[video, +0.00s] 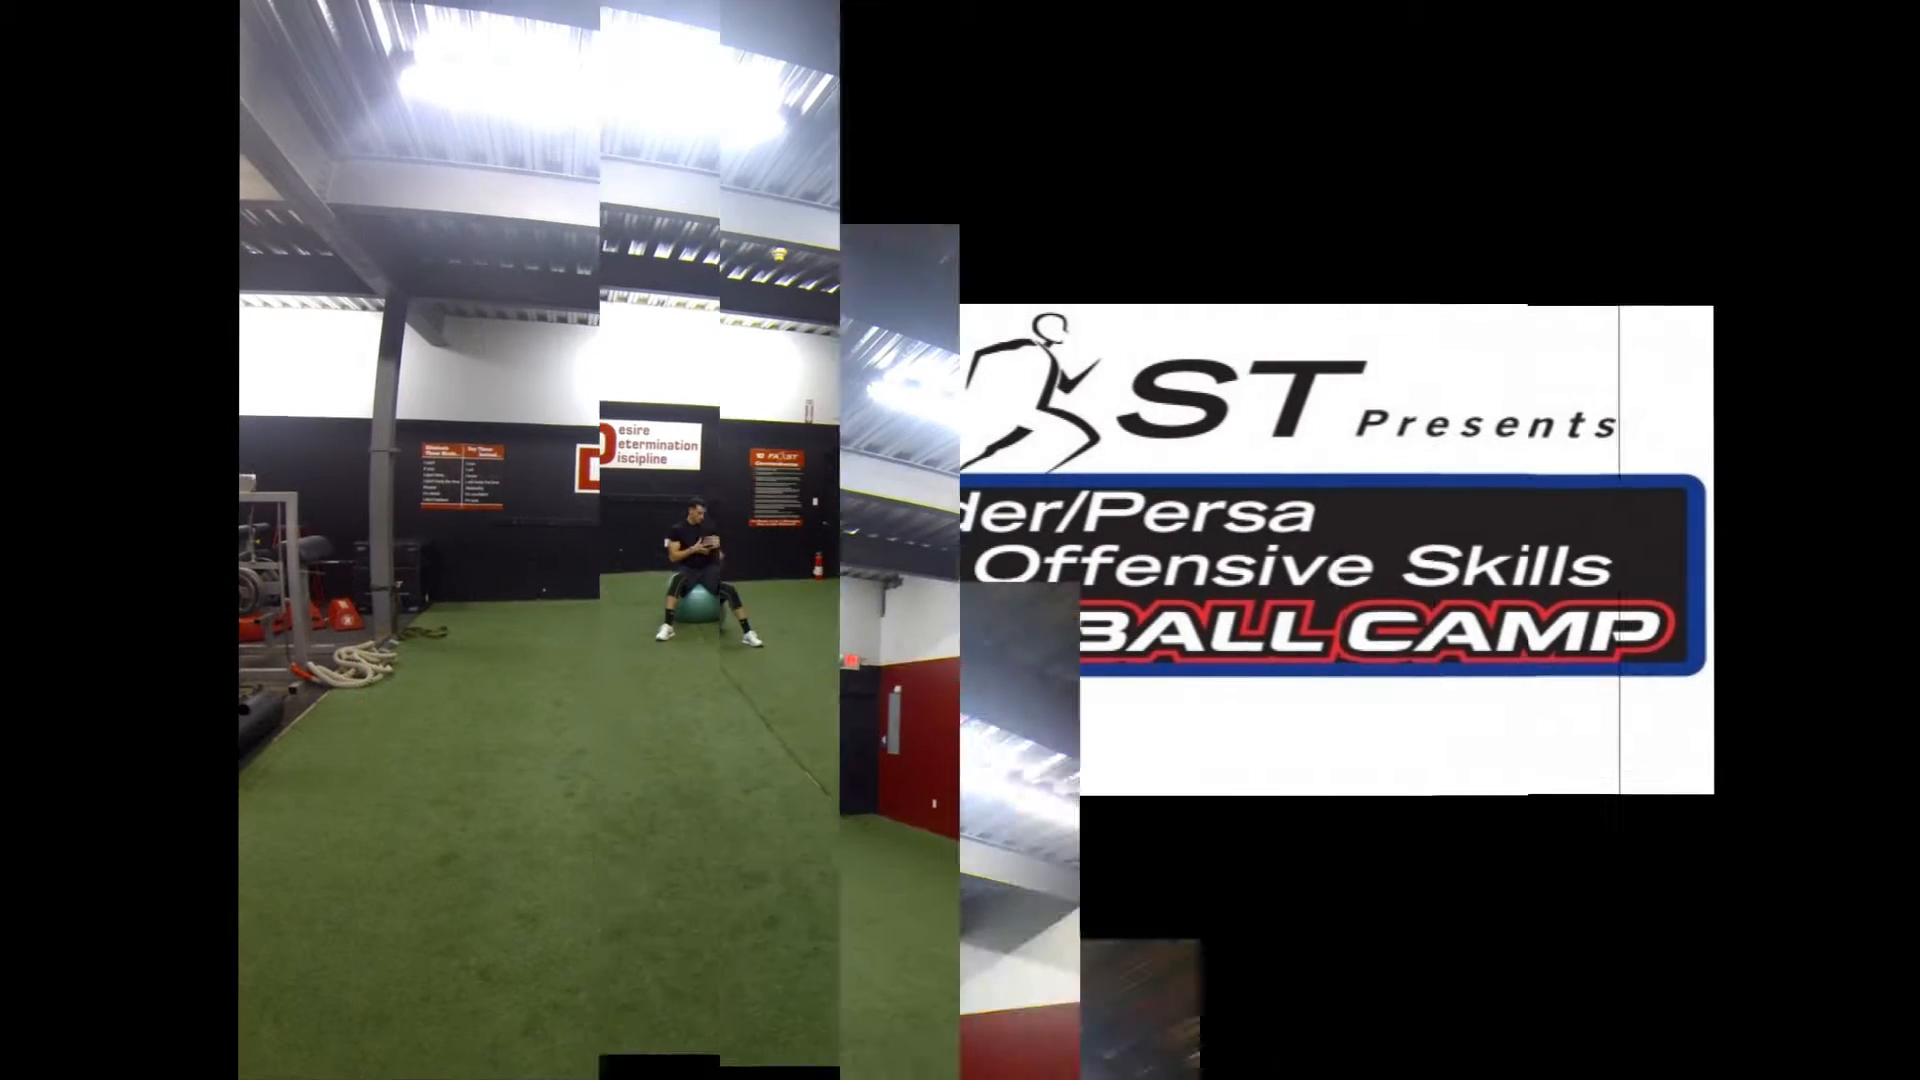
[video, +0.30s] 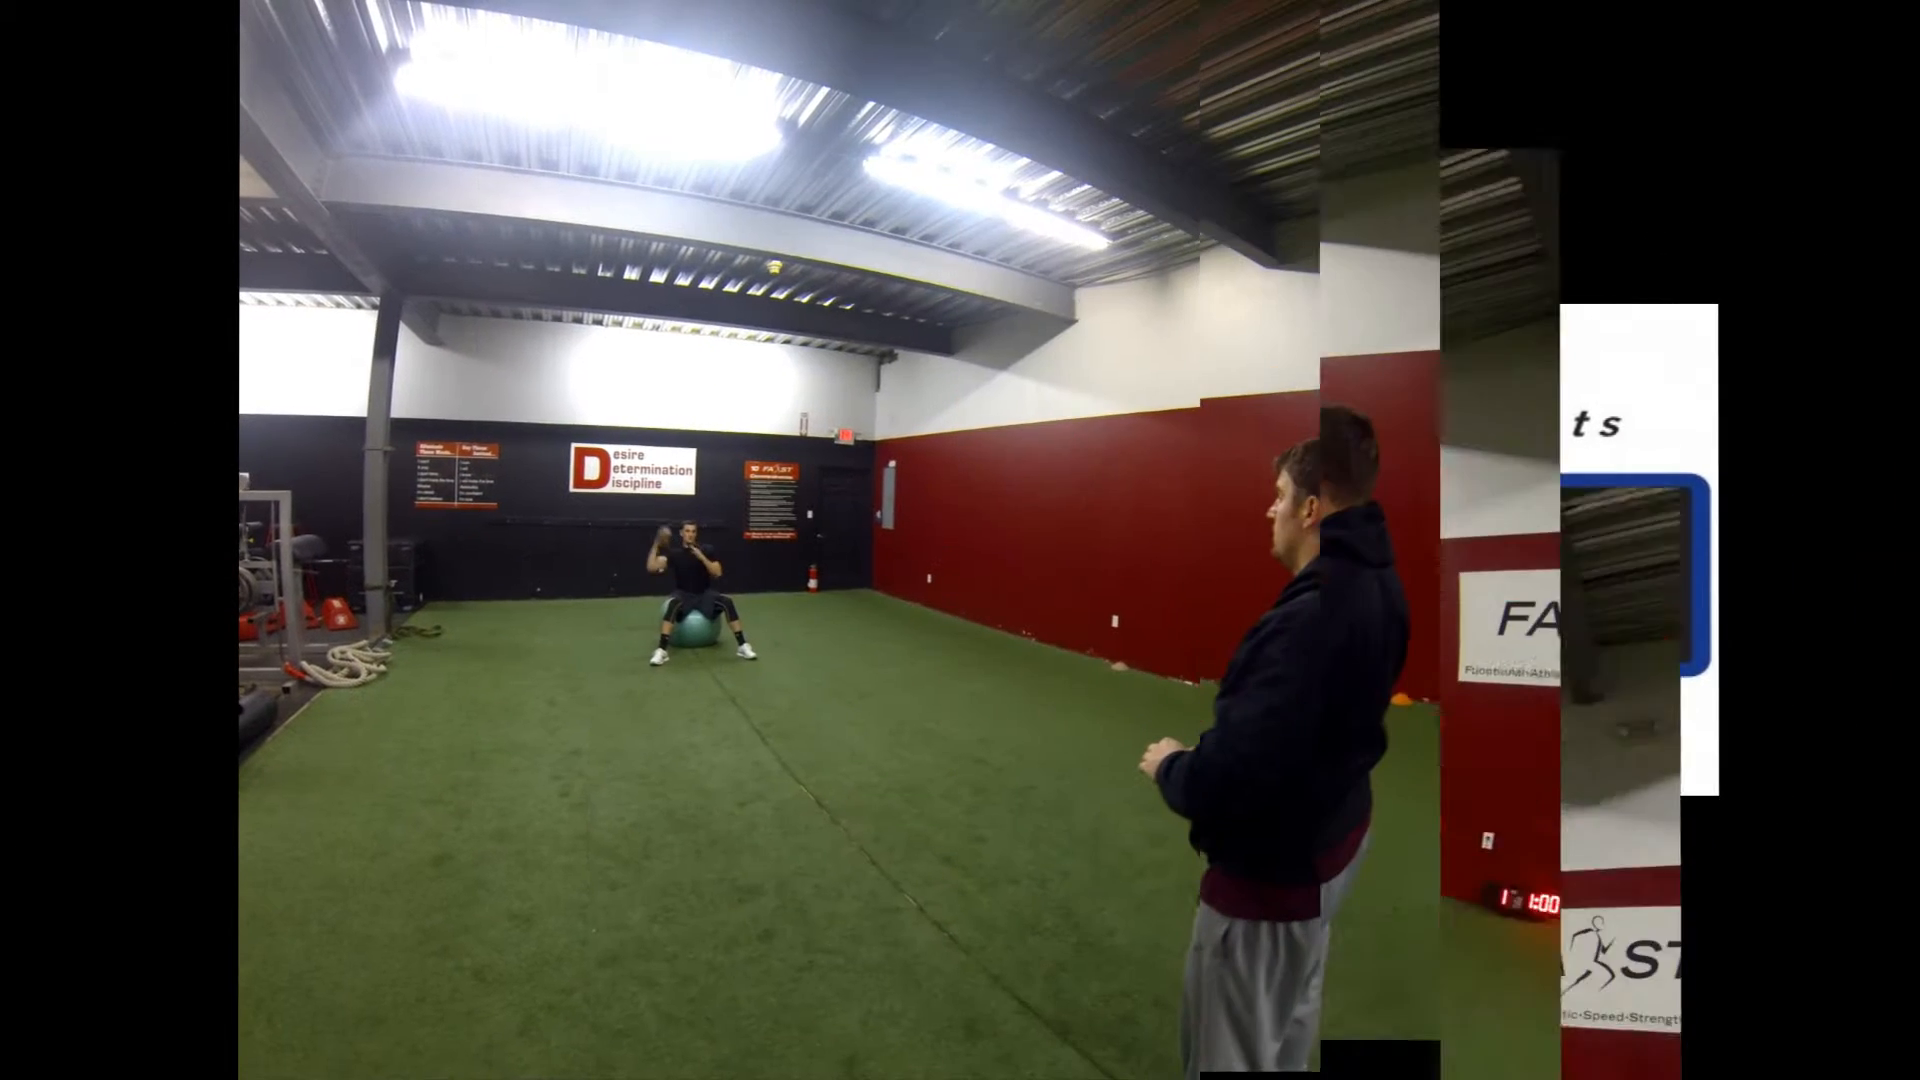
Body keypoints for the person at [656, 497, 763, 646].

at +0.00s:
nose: (702, 517)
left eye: (703, 514)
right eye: (699, 513)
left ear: (704, 513)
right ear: (690, 511)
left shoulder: (708, 528)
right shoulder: (678, 530)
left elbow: (717, 557)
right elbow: (673, 556)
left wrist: (716, 547)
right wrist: (694, 549)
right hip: (688, 571)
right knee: (676, 582)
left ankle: (748, 632)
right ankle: (667, 626)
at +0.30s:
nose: (690, 534)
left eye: (693, 531)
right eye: (687, 531)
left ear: (696, 534)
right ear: (681, 533)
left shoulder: (707, 550)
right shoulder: (675, 553)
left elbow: (717, 572)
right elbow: (652, 567)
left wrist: (702, 557)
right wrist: (656, 545)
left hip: (705, 595)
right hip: (683, 595)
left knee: (727, 602)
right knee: (673, 604)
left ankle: (743, 645)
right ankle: (661, 650)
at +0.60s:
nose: (689, 532)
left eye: (691, 529)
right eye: (685, 529)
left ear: (696, 531)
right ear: (680, 533)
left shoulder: (706, 549)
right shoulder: (677, 552)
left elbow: (721, 571)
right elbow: (668, 564)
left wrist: (702, 562)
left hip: (708, 594)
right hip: (687, 595)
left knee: (727, 606)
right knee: (674, 608)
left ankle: (745, 649)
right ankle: (664, 653)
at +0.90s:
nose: (691, 540)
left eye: (693, 537)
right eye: (687, 537)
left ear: (697, 540)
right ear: (682, 541)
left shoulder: (706, 559)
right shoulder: (675, 563)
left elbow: (714, 577)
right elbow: (668, 586)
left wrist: (713, 585)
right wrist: (679, 592)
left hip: (705, 601)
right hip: (686, 602)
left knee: (726, 607)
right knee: (673, 609)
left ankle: (745, 650)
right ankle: (664, 655)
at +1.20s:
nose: (686, 542)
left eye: (689, 540)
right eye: (683, 539)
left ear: (693, 542)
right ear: (677, 542)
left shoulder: (700, 561)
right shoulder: (669, 562)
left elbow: (709, 585)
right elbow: (658, 587)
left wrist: (701, 589)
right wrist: (673, 593)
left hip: (697, 603)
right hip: (677, 603)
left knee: (721, 610)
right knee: (666, 611)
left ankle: (737, 653)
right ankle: (658, 658)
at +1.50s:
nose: (687, 546)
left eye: (690, 543)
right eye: (684, 543)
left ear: (694, 546)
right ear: (678, 545)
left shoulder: (701, 564)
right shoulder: (669, 565)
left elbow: (709, 586)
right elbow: (658, 589)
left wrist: (704, 593)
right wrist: (670, 595)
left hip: (697, 606)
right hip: (677, 606)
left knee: (719, 612)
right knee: (666, 614)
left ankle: (736, 655)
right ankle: (658, 660)